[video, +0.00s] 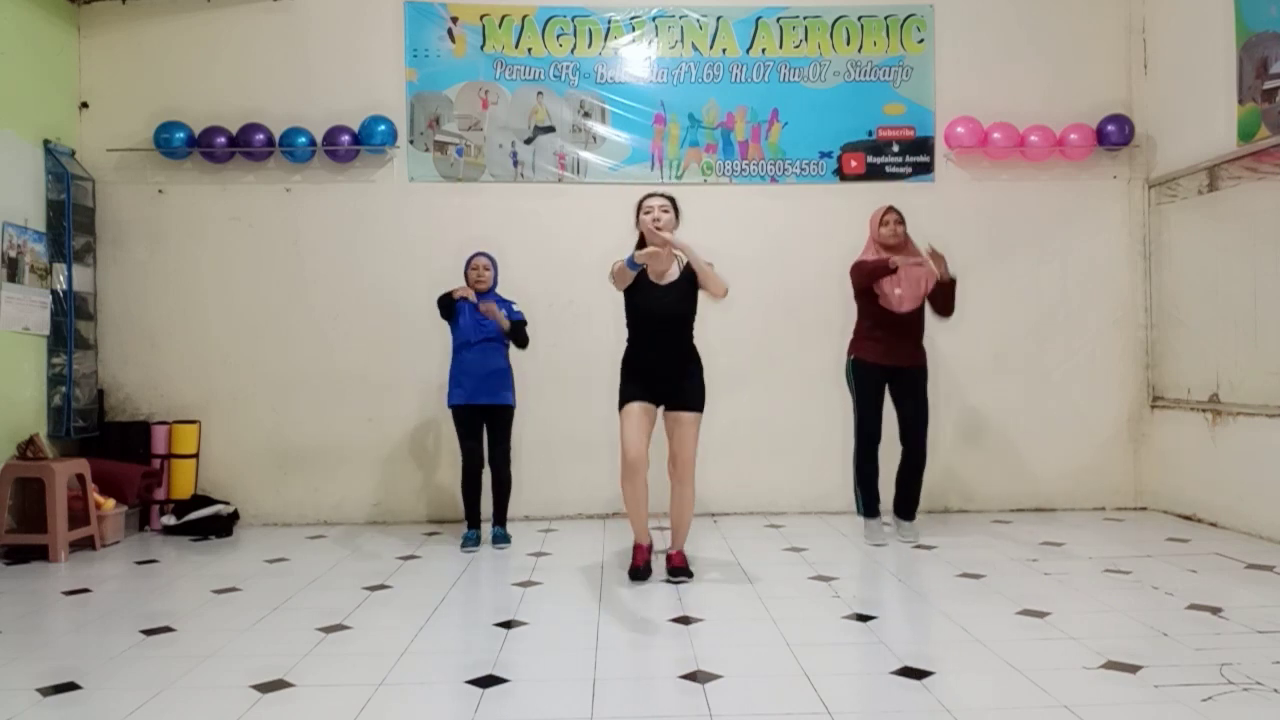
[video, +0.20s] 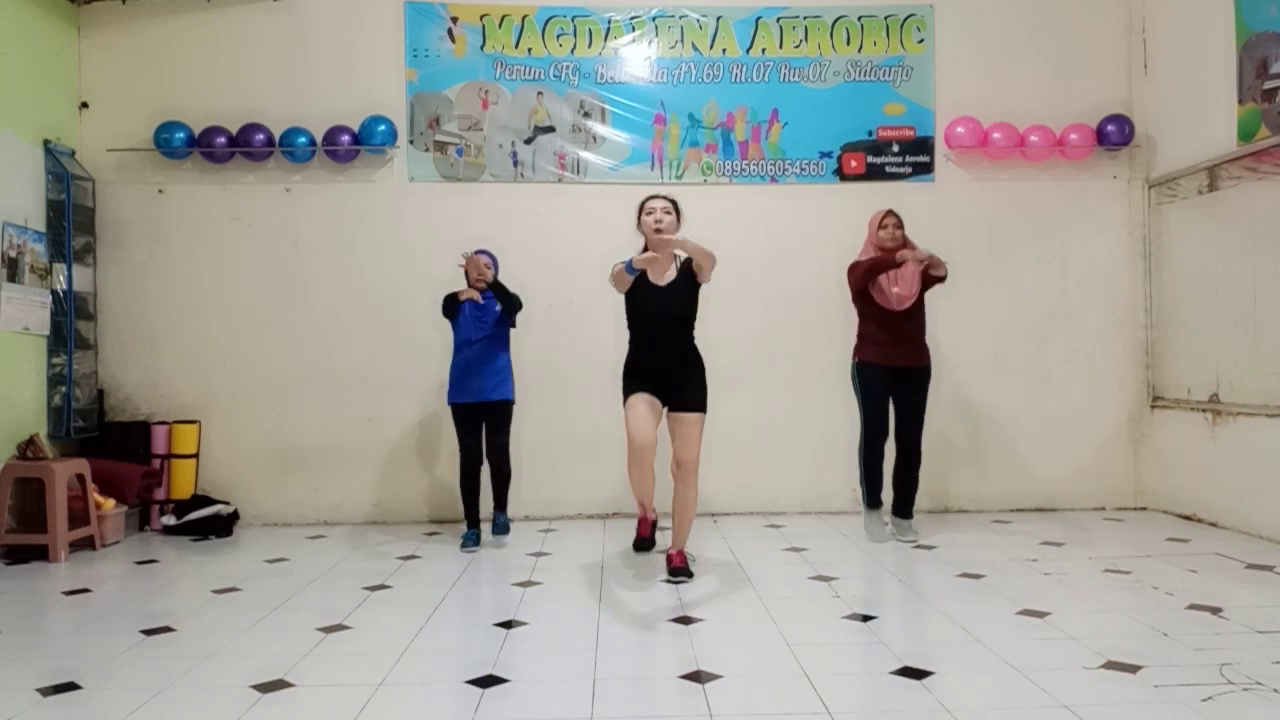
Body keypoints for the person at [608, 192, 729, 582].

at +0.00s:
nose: (656, 217)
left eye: (664, 211)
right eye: (648, 213)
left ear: (676, 222)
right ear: (639, 225)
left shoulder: (690, 265)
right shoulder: (631, 263)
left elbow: (718, 290)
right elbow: (618, 280)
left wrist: (685, 249)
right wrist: (639, 260)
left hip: (683, 368)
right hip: (639, 368)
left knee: (681, 462)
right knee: (632, 457)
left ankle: (677, 550)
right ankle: (641, 544)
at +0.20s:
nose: (658, 218)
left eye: (666, 212)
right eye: (650, 213)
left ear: (677, 224)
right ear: (639, 225)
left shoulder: (692, 267)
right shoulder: (629, 267)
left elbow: (708, 261)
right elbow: (618, 281)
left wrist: (681, 244)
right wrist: (634, 267)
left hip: (685, 368)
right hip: (642, 368)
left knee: (685, 464)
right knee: (639, 442)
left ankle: (678, 550)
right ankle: (645, 516)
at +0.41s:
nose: (658, 213)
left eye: (666, 208)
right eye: (650, 208)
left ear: (676, 222)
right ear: (638, 223)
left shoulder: (690, 266)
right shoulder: (627, 265)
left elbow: (705, 269)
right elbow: (617, 278)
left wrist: (684, 251)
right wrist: (636, 263)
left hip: (681, 367)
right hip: (637, 368)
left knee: (691, 455)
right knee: (639, 461)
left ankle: (682, 540)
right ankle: (644, 548)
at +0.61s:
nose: (648, 218)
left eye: (656, 212)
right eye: (643, 215)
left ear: (676, 225)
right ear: (639, 227)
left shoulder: (693, 269)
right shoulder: (631, 270)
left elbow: (705, 267)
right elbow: (620, 277)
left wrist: (690, 253)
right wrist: (633, 259)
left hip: (684, 371)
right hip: (639, 371)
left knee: (683, 465)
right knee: (638, 465)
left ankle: (678, 548)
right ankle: (645, 547)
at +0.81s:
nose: (640, 219)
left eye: (648, 213)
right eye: (640, 213)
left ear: (672, 221)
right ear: (643, 222)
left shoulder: (693, 263)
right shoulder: (631, 263)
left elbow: (710, 210)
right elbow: (610, 216)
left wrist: (681, 158)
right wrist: (629, 161)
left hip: (685, 368)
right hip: (642, 367)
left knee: (684, 463)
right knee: (640, 440)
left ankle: (678, 546)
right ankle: (644, 513)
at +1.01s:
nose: (637, 218)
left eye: (646, 212)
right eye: (638, 212)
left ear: (669, 221)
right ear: (640, 220)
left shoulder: (689, 262)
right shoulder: (628, 262)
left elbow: (713, 202)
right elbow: (600, 206)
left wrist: (676, 174)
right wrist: (634, 173)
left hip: (683, 371)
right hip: (638, 372)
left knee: (683, 467)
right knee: (640, 465)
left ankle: (679, 547)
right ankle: (645, 546)